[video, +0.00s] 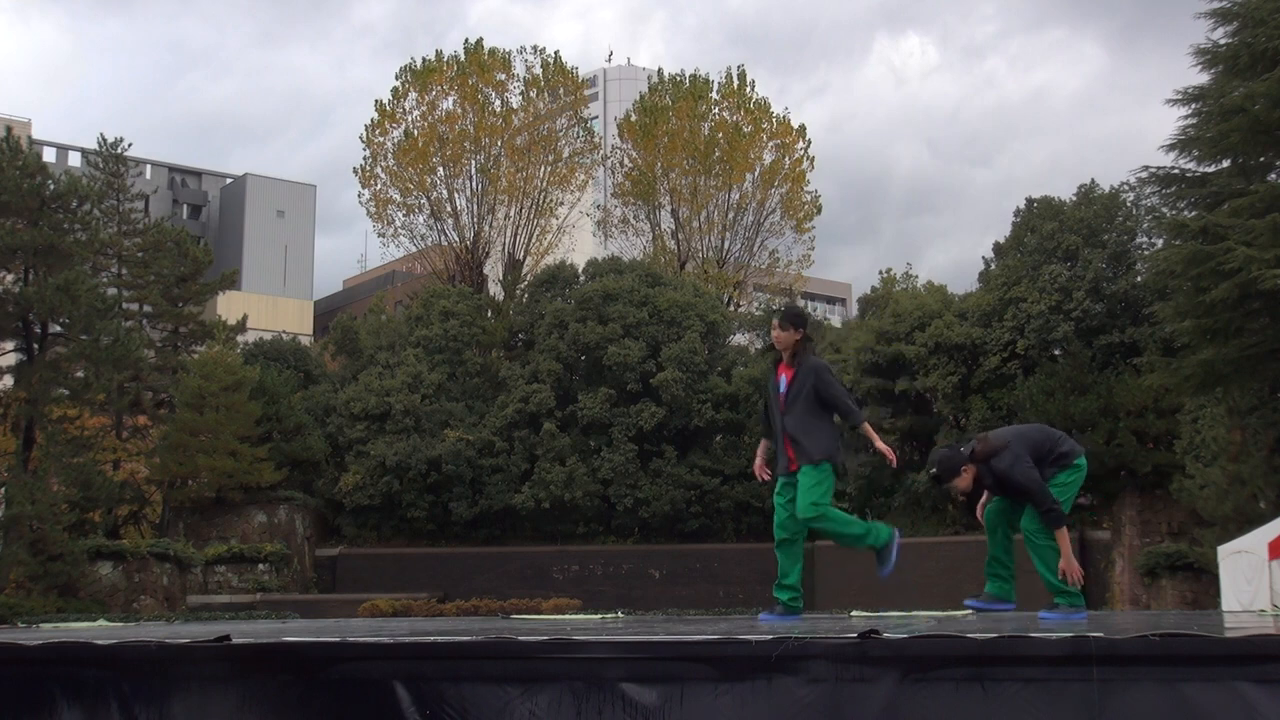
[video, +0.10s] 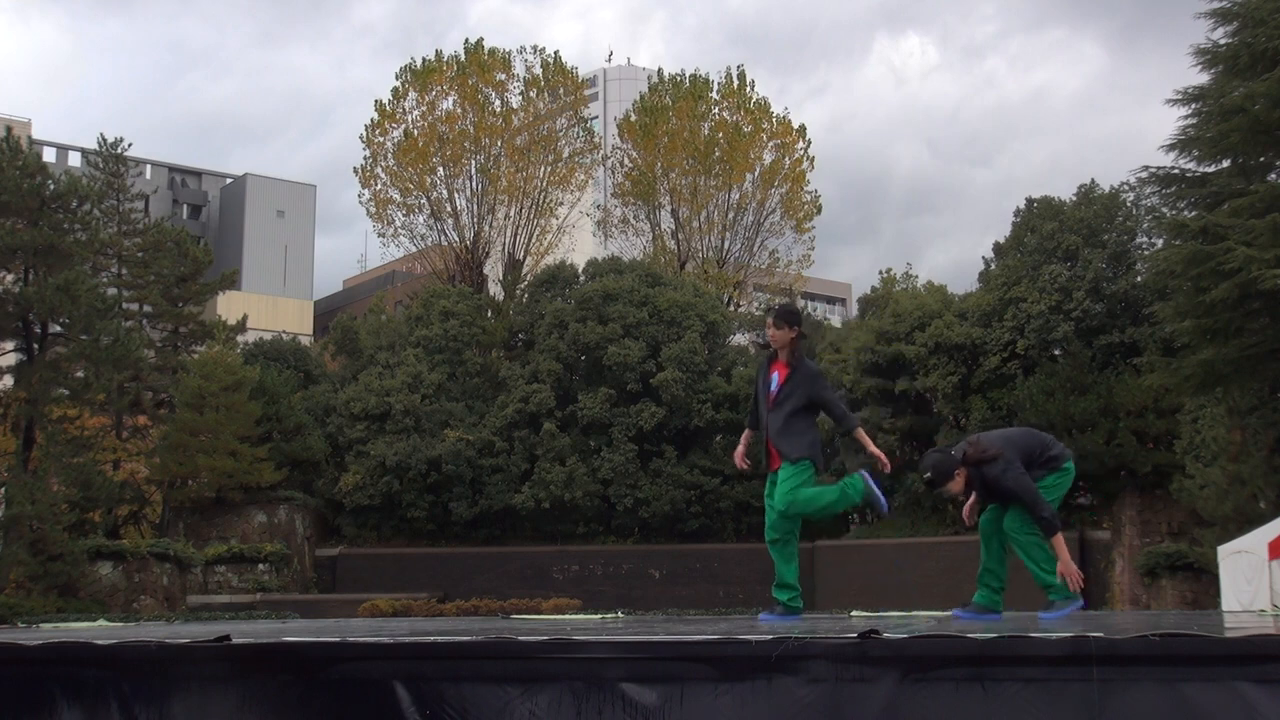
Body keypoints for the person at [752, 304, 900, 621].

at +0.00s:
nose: (774, 335)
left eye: (781, 330)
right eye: (773, 329)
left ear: (798, 334)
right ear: (775, 333)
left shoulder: (815, 368)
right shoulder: (777, 373)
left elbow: (847, 406)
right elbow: (773, 421)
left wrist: (876, 440)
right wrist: (761, 452)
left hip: (816, 459)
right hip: (787, 463)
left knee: (811, 511)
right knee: (786, 531)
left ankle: (883, 537)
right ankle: (789, 604)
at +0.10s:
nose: (770, 333)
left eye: (776, 329)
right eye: (769, 327)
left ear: (793, 333)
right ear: (771, 331)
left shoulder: (807, 372)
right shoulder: (766, 368)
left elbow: (838, 410)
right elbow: (757, 410)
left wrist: (870, 445)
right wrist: (743, 443)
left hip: (801, 458)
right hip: (777, 461)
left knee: (787, 501)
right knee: (778, 531)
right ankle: (789, 604)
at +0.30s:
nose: (758, 336)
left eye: (764, 332)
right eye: (757, 331)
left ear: (781, 335)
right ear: (757, 333)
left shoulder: (793, 375)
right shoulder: (755, 367)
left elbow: (816, 417)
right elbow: (743, 407)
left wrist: (841, 457)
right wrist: (722, 431)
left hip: (776, 455)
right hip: (755, 460)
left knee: (756, 500)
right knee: (765, 535)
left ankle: (820, 464)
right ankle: (788, 604)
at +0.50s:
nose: (739, 344)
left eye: (745, 340)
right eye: (738, 339)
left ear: (762, 341)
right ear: (739, 339)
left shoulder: (772, 378)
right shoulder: (738, 371)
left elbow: (788, 424)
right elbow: (728, 410)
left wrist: (797, 465)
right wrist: (704, 431)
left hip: (751, 458)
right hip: (735, 459)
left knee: (716, 503)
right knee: (752, 534)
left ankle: (792, 508)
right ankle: (786, 602)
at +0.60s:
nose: (724, 347)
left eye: (730, 342)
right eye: (723, 342)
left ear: (748, 342)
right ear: (725, 341)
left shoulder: (765, 381)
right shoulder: (724, 373)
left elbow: (777, 427)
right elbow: (707, 414)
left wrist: (770, 464)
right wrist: (684, 439)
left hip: (741, 461)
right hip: (722, 461)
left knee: (698, 505)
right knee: (750, 533)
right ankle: (786, 600)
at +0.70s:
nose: (708, 350)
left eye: (713, 345)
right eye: (707, 345)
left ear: (732, 344)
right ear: (712, 344)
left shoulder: (750, 381)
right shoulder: (709, 376)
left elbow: (756, 426)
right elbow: (689, 414)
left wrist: (745, 462)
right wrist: (666, 445)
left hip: (727, 466)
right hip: (711, 465)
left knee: (692, 523)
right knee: (744, 536)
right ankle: (785, 599)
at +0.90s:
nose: (666, 341)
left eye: (672, 336)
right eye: (667, 335)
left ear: (691, 340)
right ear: (678, 339)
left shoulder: (701, 380)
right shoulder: (674, 376)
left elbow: (710, 431)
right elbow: (666, 422)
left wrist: (708, 473)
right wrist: (646, 448)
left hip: (684, 472)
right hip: (674, 471)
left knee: (654, 533)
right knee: (701, 540)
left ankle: (651, 606)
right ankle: (758, 581)